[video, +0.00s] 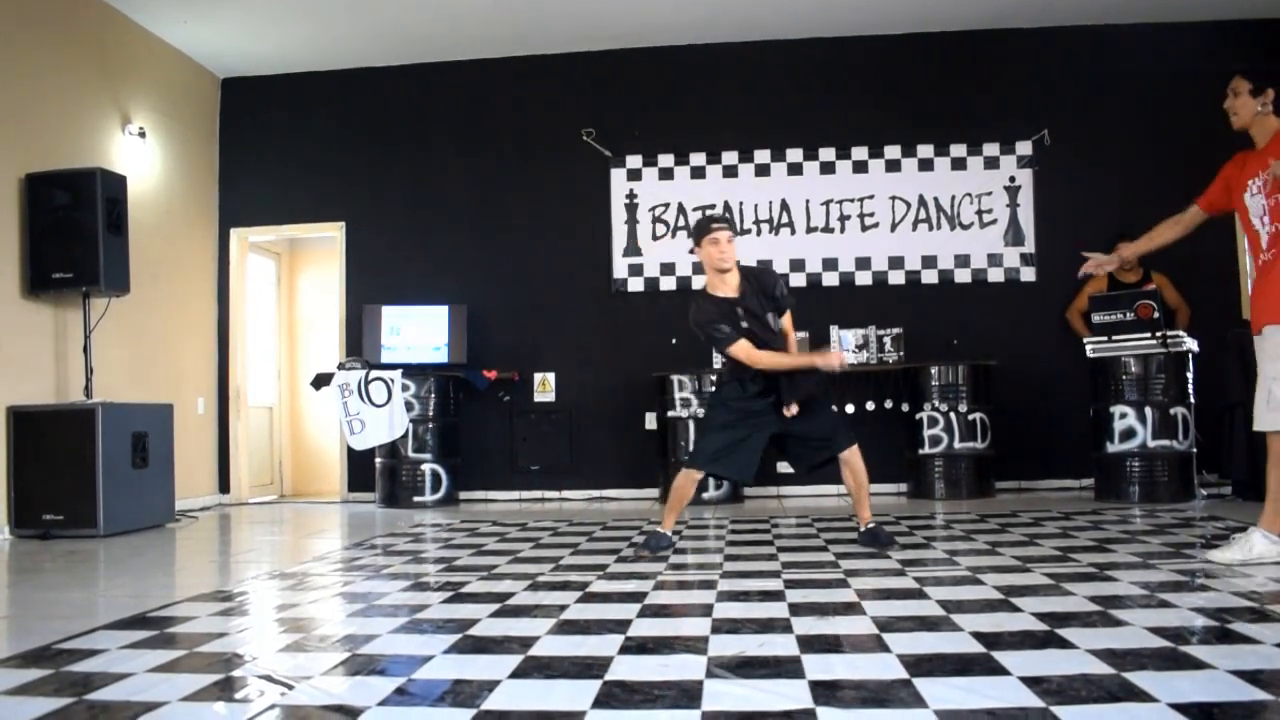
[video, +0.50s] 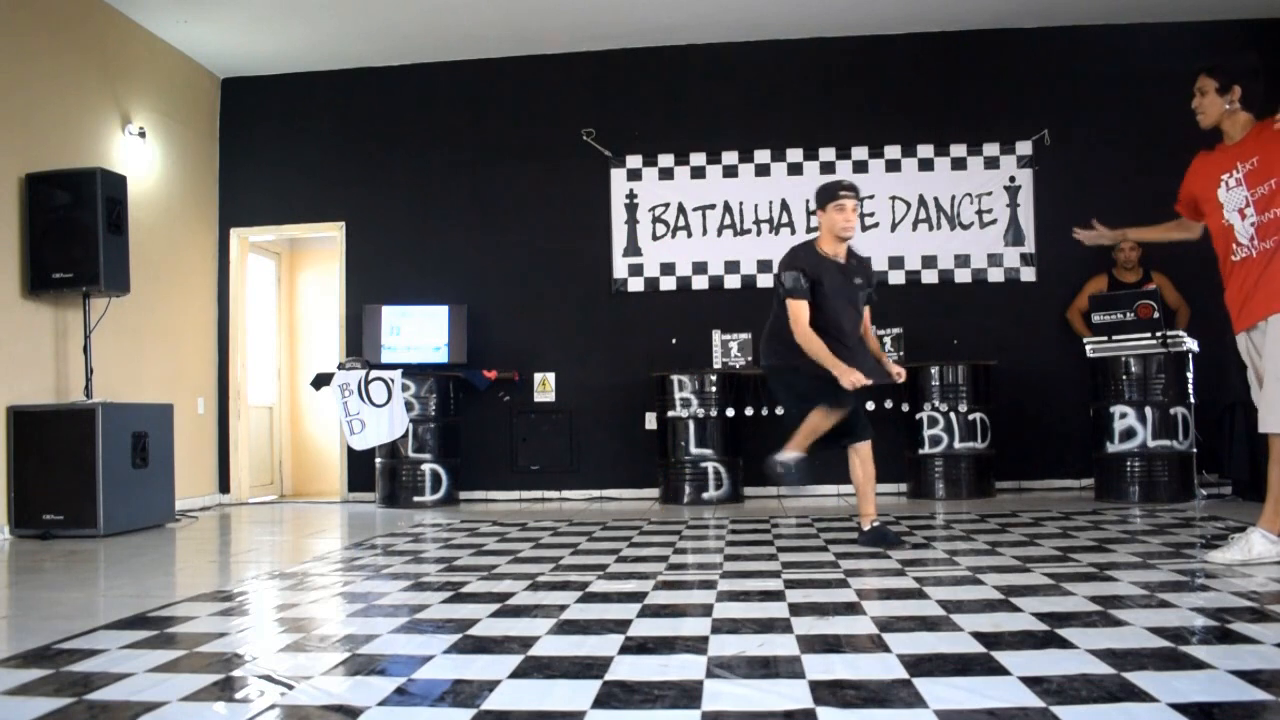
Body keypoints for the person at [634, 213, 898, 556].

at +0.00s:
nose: (724, 248)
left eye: (729, 241)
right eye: (714, 243)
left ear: (737, 247)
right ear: (698, 253)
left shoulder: (765, 280)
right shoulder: (704, 311)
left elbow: (789, 333)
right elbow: (753, 357)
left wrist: (789, 390)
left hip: (788, 383)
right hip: (739, 392)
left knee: (847, 443)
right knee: (697, 463)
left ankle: (867, 524)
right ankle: (664, 529)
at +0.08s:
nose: (738, 251)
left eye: (742, 243)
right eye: (727, 245)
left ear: (748, 247)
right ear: (711, 253)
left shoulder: (770, 278)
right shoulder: (716, 313)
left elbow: (795, 327)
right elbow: (766, 361)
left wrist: (799, 377)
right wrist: (822, 389)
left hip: (788, 393)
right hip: (742, 401)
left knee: (852, 442)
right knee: (702, 466)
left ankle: (867, 524)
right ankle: (662, 529)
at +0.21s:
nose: (757, 253)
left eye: (762, 245)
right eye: (747, 246)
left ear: (769, 248)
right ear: (729, 253)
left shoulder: (785, 283)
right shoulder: (727, 310)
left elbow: (801, 319)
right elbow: (767, 370)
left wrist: (824, 343)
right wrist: (817, 404)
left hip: (797, 393)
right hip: (747, 400)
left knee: (859, 441)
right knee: (704, 467)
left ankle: (867, 524)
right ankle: (660, 530)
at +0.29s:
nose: (781, 248)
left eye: (785, 241)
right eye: (771, 242)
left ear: (791, 246)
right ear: (752, 251)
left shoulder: (805, 286)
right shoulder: (744, 307)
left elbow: (820, 322)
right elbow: (763, 374)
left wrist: (844, 343)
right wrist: (812, 404)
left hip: (812, 401)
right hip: (757, 407)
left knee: (866, 439)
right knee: (707, 465)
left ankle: (869, 525)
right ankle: (659, 530)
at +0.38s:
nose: (820, 222)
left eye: (824, 214)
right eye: (810, 216)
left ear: (829, 220)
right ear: (790, 224)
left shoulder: (835, 271)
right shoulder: (783, 277)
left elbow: (847, 329)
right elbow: (787, 347)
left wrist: (864, 367)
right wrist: (808, 403)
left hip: (823, 378)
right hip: (779, 383)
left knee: (870, 436)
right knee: (752, 461)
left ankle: (870, 524)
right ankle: (685, 515)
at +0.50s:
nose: (850, 217)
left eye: (854, 210)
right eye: (840, 210)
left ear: (859, 216)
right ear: (821, 215)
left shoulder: (860, 267)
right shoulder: (799, 261)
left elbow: (864, 328)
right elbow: (800, 329)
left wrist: (884, 361)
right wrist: (839, 367)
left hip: (837, 360)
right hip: (791, 359)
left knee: (860, 432)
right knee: (841, 396)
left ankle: (869, 524)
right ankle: (787, 456)